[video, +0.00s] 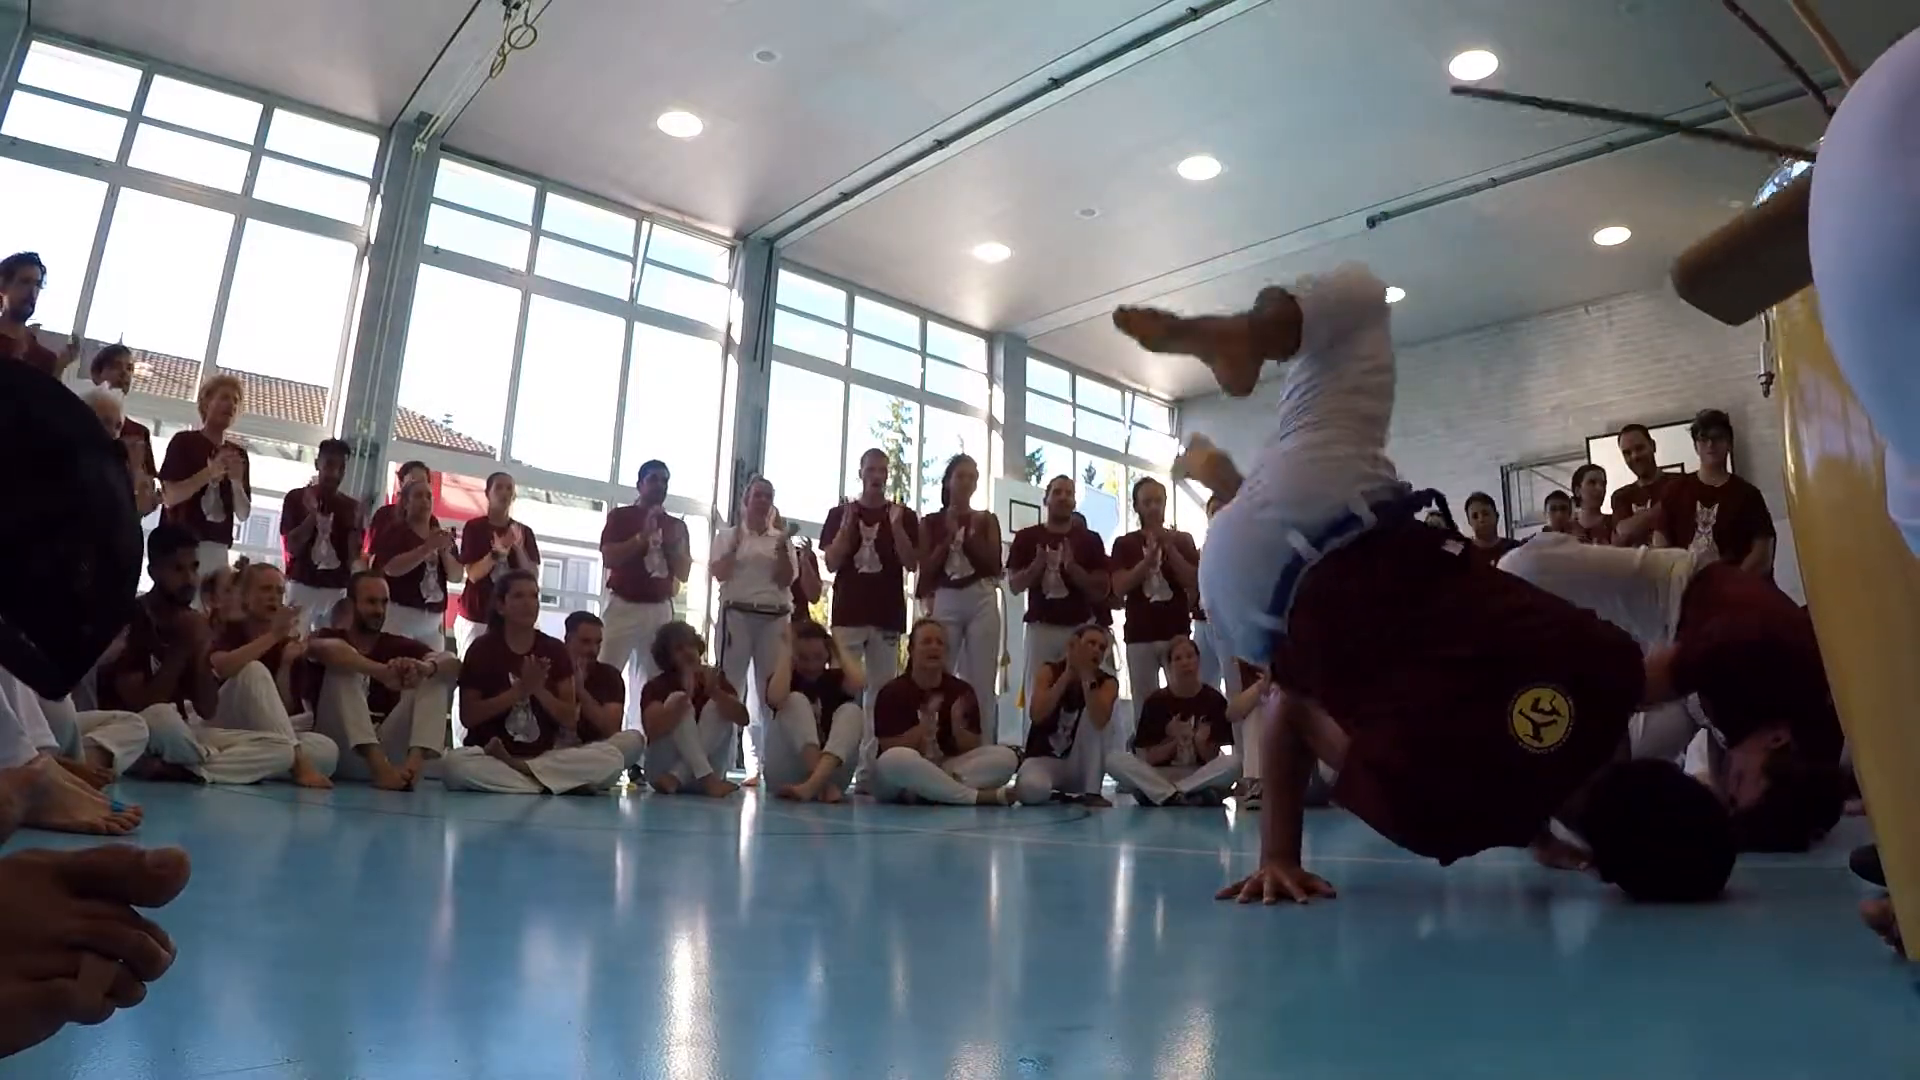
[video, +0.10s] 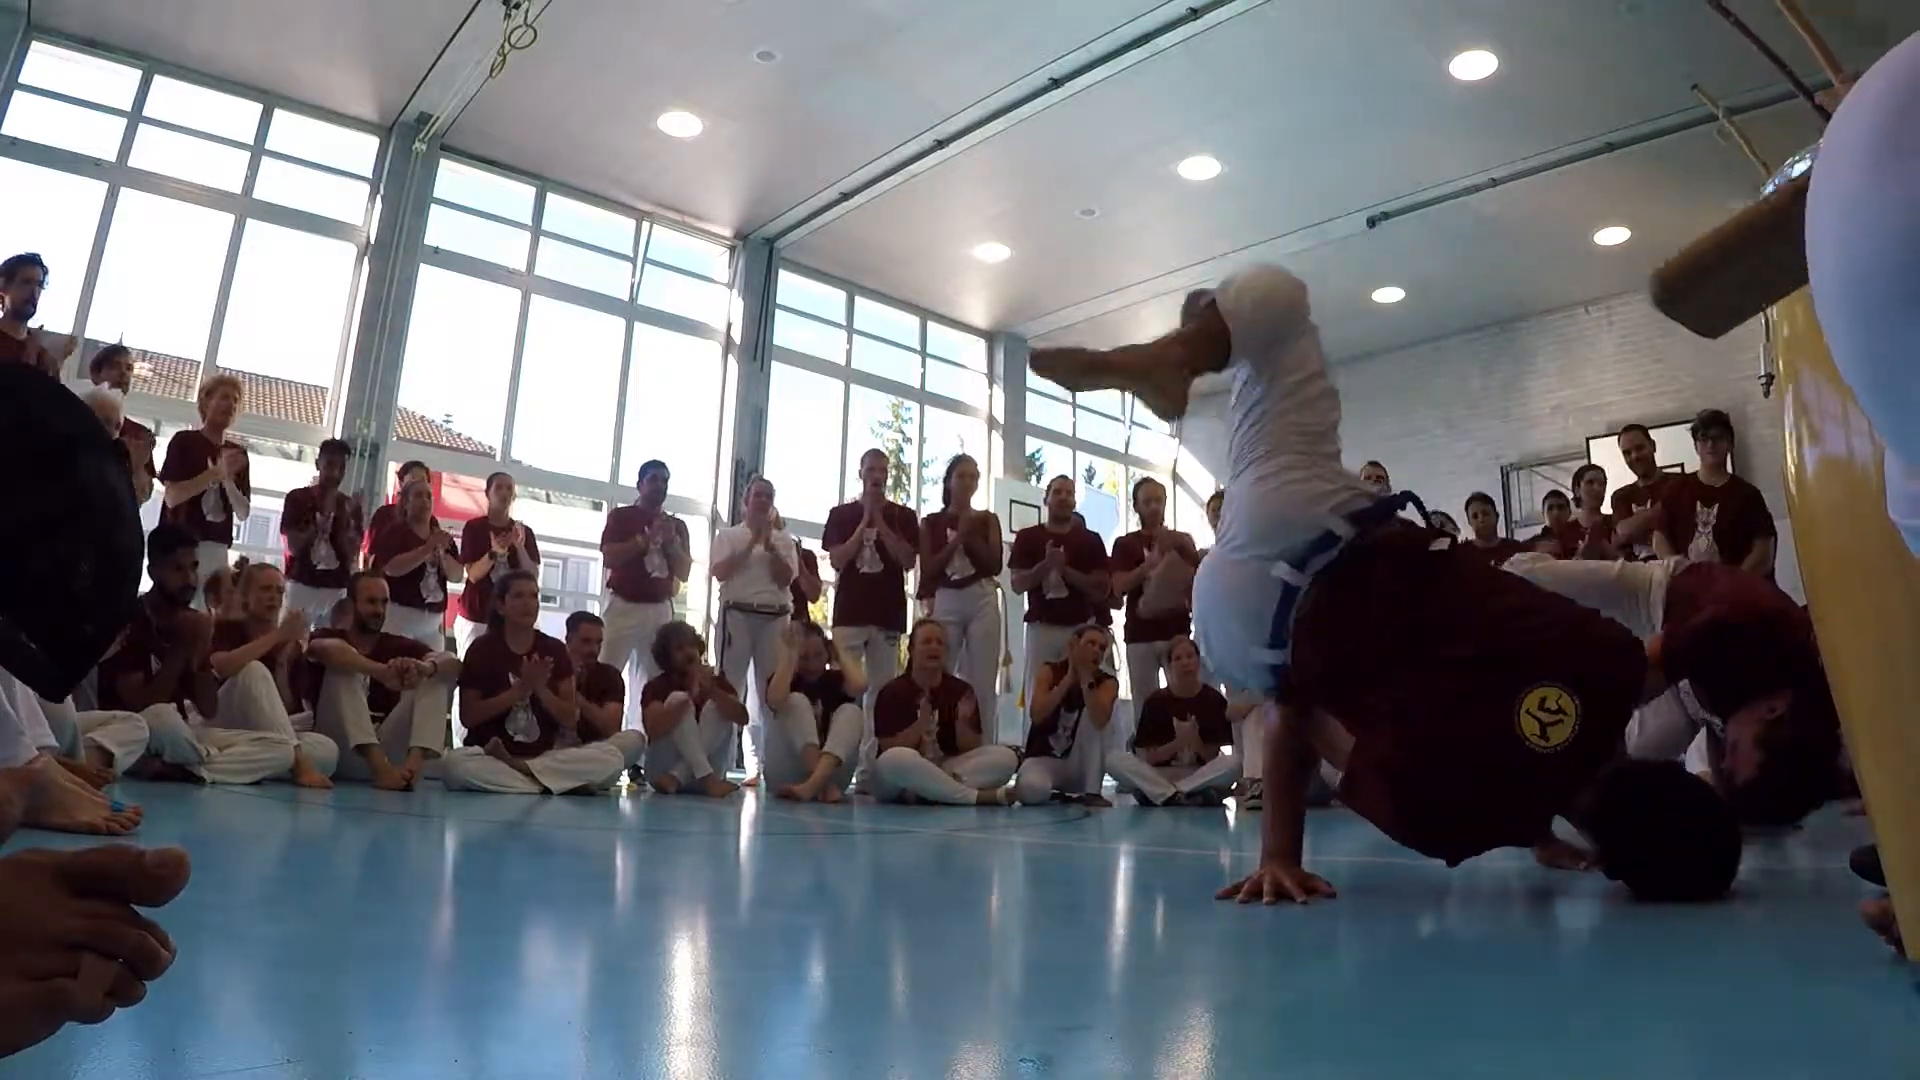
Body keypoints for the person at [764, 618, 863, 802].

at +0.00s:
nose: (811, 665)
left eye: (818, 657)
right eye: (804, 658)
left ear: (828, 655)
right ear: (792, 656)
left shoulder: (835, 678)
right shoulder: (780, 679)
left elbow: (858, 684)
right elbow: (776, 699)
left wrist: (838, 650)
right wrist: (787, 648)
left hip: (832, 778)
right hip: (785, 776)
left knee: (851, 710)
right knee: (796, 700)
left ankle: (812, 785)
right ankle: (824, 783)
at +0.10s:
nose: (811, 664)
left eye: (818, 656)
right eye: (804, 657)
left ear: (827, 654)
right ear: (794, 656)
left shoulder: (836, 679)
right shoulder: (780, 680)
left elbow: (859, 687)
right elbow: (775, 701)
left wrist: (839, 656)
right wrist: (791, 653)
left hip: (832, 779)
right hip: (785, 777)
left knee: (851, 711)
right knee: (797, 701)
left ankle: (812, 785)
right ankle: (824, 783)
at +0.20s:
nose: (806, 657)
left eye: (812, 649)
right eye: (799, 652)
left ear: (821, 648)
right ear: (790, 653)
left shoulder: (836, 679)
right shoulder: (781, 679)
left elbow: (860, 695)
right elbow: (773, 703)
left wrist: (838, 659)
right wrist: (807, 668)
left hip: (831, 778)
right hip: (785, 776)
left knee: (847, 711)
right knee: (796, 700)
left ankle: (812, 785)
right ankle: (824, 783)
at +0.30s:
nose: (810, 655)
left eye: (814, 647)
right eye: (801, 653)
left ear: (823, 645)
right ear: (791, 658)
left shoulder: (839, 679)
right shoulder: (785, 678)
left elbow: (860, 696)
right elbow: (775, 701)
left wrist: (844, 664)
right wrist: (817, 683)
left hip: (832, 778)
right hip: (785, 776)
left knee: (846, 709)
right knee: (795, 702)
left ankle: (812, 785)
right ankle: (825, 783)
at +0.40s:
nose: (810, 653)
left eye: (812, 644)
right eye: (800, 651)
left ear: (822, 644)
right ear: (790, 657)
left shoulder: (836, 678)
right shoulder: (784, 679)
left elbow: (861, 699)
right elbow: (776, 702)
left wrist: (840, 659)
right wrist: (839, 690)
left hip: (832, 778)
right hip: (786, 777)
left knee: (846, 709)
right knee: (794, 703)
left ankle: (812, 784)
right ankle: (825, 783)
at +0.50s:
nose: (810, 651)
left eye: (813, 642)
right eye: (800, 649)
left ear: (821, 644)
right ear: (790, 656)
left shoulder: (837, 678)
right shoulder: (784, 677)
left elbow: (861, 699)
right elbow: (777, 701)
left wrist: (840, 658)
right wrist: (833, 697)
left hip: (832, 779)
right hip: (786, 777)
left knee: (845, 709)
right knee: (795, 704)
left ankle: (812, 785)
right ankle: (824, 784)